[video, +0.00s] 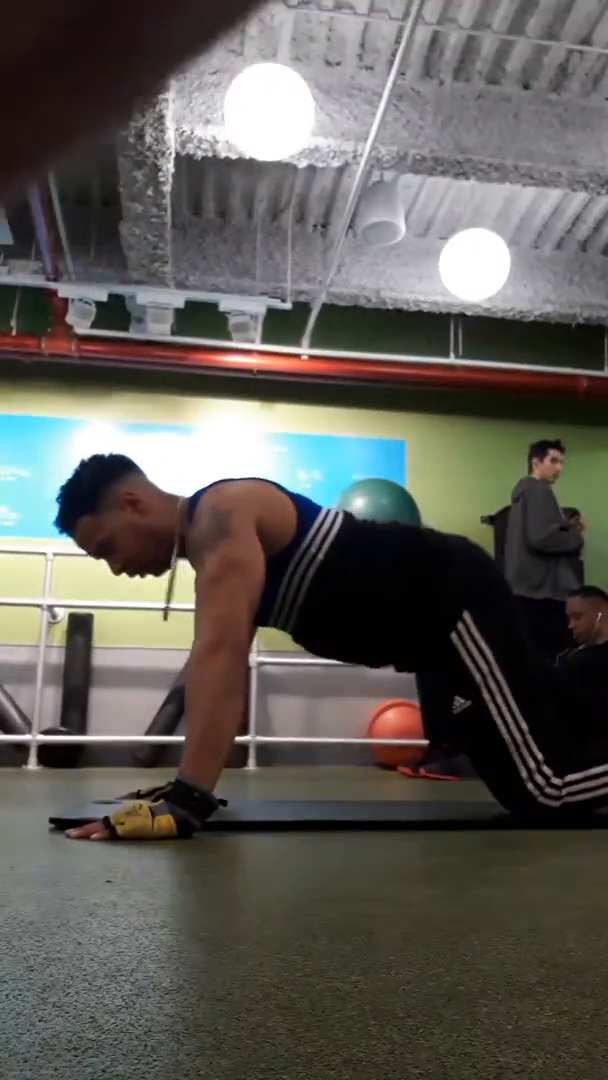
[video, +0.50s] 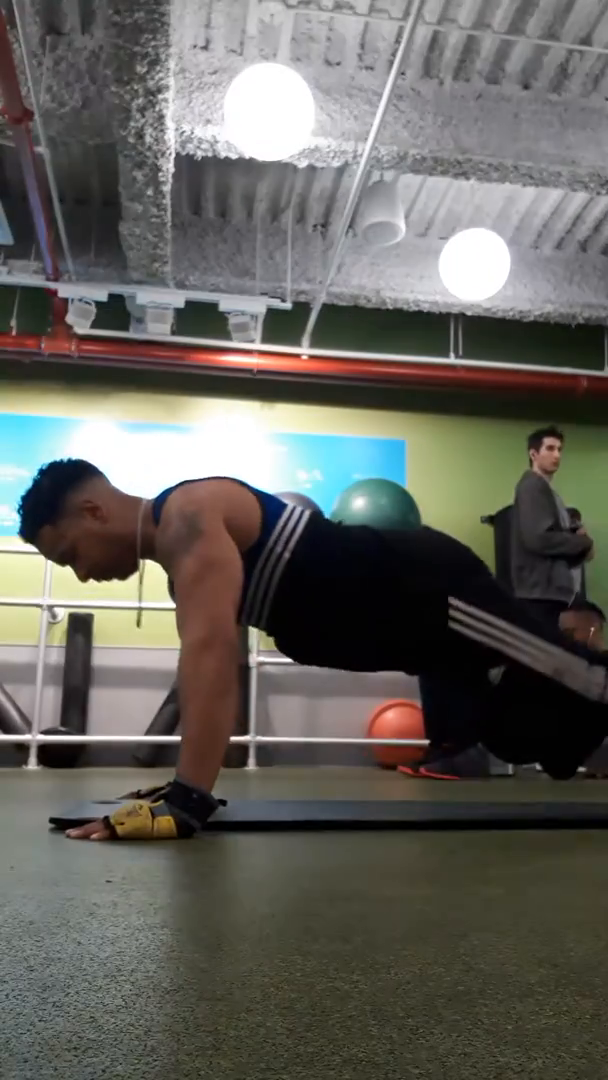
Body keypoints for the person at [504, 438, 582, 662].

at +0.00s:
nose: (559, 468)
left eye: (561, 462)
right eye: (554, 461)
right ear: (537, 462)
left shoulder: (526, 490)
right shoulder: (537, 491)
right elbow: (541, 537)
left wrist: (564, 525)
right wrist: (576, 538)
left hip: (528, 592)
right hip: (542, 595)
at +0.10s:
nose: (556, 466)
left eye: (557, 460)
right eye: (550, 459)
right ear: (533, 461)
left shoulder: (529, 490)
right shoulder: (534, 491)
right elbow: (536, 537)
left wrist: (560, 526)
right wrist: (574, 539)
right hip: (538, 596)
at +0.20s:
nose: (553, 464)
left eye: (555, 458)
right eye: (547, 457)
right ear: (531, 459)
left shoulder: (529, 488)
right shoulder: (531, 489)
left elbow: (534, 532)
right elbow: (536, 537)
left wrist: (560, 526)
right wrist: (574, 538)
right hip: (536, 596)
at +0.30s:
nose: (553, 462)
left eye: (555, 456)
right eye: (547, 455)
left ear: (558, 459)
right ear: (530, 458)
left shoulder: (533, 487)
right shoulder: (530, 488)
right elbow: (536, 537)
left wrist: (563, 527)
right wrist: (576, 539)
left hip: (538, 596)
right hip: (535, 598)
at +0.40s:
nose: (554, 458)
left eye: (556, 453)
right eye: (548, 451)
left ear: (559, 456)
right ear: (531, 456)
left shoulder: (538, 487)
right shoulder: (530, 485)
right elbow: (535, 538)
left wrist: (571, 531)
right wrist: (579, 540)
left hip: (543, 597)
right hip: (534, 598)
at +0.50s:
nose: (556, 455)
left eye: (559, 450)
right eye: (550, 449)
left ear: (562, 453)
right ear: (533, 454)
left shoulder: (543, 486)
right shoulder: (532, 485)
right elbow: (536, 539)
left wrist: (576, 535)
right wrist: (582, 542)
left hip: (549, 596)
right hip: (538, 597)